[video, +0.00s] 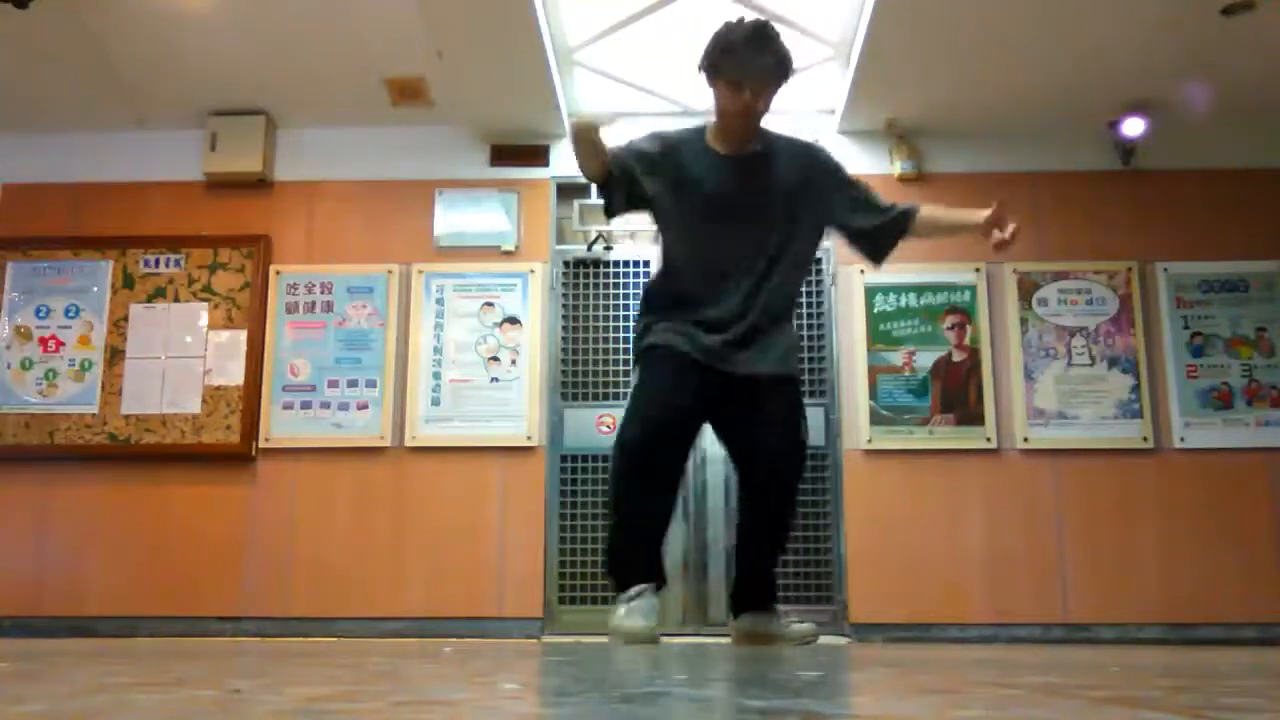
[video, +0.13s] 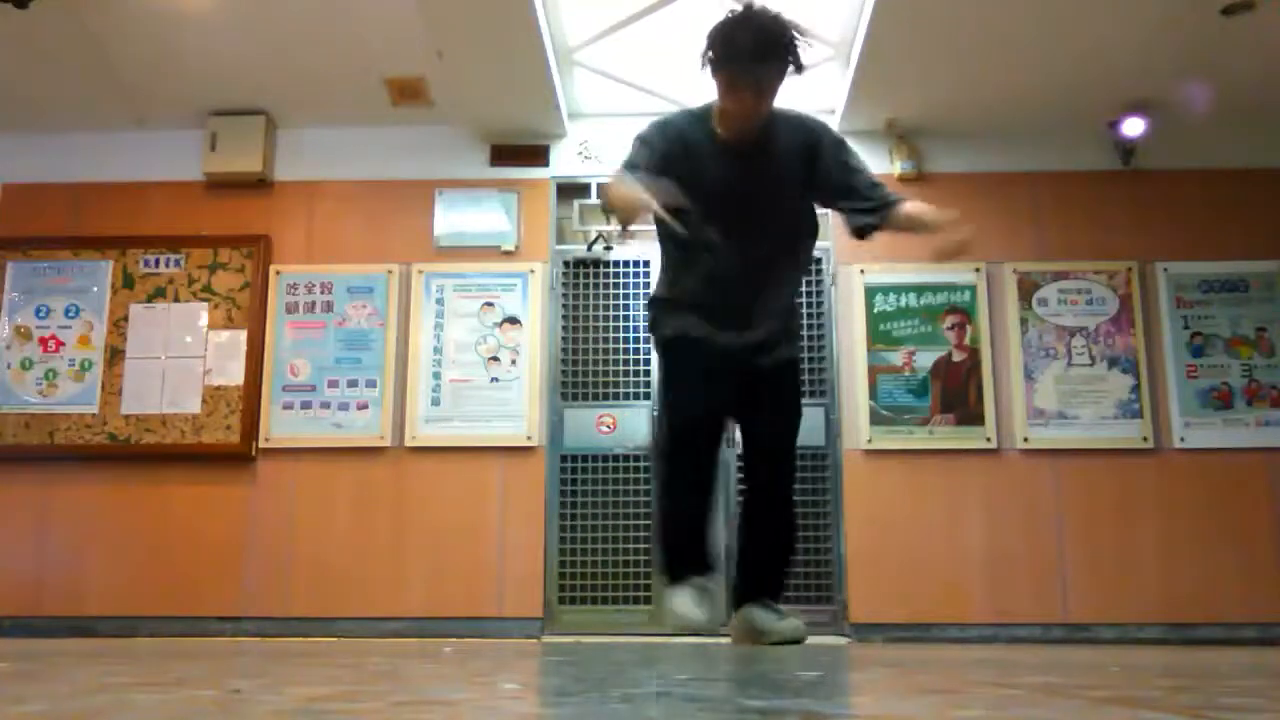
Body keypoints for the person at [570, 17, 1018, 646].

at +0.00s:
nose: (749, 102)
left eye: (762, 88)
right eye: (737, 86)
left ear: (776, 90)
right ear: (711, 82)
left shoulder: (805, 166)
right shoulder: (671, 155)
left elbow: (887, 219)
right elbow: (603, 174)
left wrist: (978, 221)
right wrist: (585, 135)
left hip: (762, 350)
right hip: (679, 343)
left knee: (776, 467)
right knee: (644, 446)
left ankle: (753, 610)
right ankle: (638, 590)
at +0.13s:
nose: (746, 106)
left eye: (760, 93)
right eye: (736, 91)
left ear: (779, 84)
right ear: (714, 76)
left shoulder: (806, 143)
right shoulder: (673, 138)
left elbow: (877, 205)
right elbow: (615, 190)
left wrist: (934, 219)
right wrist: (639, 198)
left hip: (771, 331)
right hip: (691, 327)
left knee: (771, 468)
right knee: (687, 450)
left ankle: (757, 602)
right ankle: (685, 584)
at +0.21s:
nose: (746, 112)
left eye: (759, 100)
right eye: (735, 98)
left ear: (780, 88)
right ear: (715, 82)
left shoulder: (808, 141)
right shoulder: (677, 142)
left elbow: (861, 225)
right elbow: (641, 227)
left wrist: (859, 258)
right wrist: (683, 268)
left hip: (776, 335)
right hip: (698, 336)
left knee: (774, 463)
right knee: (709, 457)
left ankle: (762, 602)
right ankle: (717, 594)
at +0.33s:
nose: (741, 127)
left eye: (756, 115)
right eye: (730, 112)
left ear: (779, 106)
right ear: (714, 99)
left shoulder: (808, 152)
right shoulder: (679, 158)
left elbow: (820, 248)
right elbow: (672, 263)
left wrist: (803, 314)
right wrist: (707, 333)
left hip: (780, 316)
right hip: (697, 315)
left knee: (777, 459)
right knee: (691, 432)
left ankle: (760, 603)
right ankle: (672, 588)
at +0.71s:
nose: (739, 155)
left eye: (753, 144)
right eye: (728, 141)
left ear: (780, 132)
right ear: (710, 125)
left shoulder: (820, 171)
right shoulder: (664, 164)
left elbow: (923, 209)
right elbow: (568, 176)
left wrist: (975, 267)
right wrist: (493, 222)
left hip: (777, 354)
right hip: (691, 347)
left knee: (780, 476)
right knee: (652, 457)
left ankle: (758, 605)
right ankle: (640, 580)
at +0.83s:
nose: (754, 159)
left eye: (768, 147)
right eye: (744, 144)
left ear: (793, 132)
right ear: (724, 123)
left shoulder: (821, 171)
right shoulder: (675, 166)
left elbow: (868, 214)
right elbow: (585, 216)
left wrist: (887, 218)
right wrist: (546, 282)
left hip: (780, 353)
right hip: (696, 351)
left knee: (781, 473)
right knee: (713, 472)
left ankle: (767, 598)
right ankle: (724, 601)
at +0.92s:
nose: (780, 142)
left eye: (793, 131)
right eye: (771, 126)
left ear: (808, 127)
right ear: (746, 114)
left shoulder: (815, 163)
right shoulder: (688, 169)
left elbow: (830, 217)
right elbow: (608, 233)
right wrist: (581, 304)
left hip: (780, 335)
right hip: (705, 337)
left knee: (779, 458)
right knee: (728, 457)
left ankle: (766, 597)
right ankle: (727, 601)